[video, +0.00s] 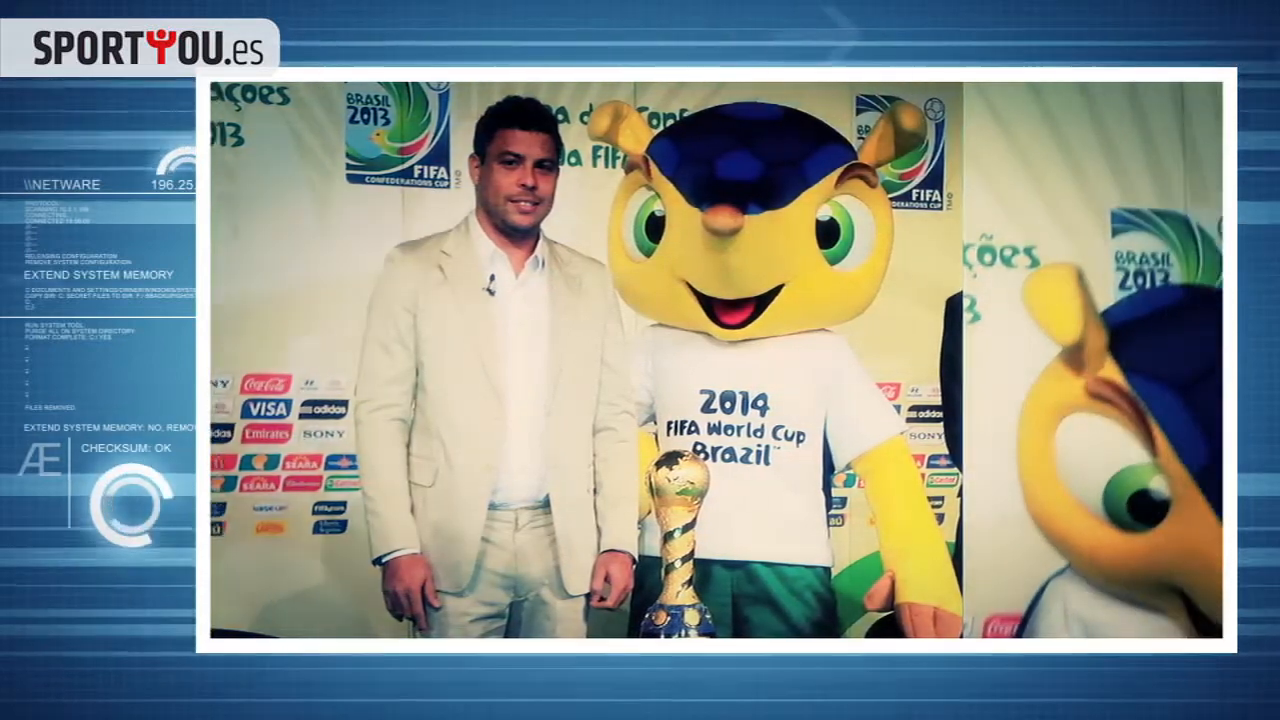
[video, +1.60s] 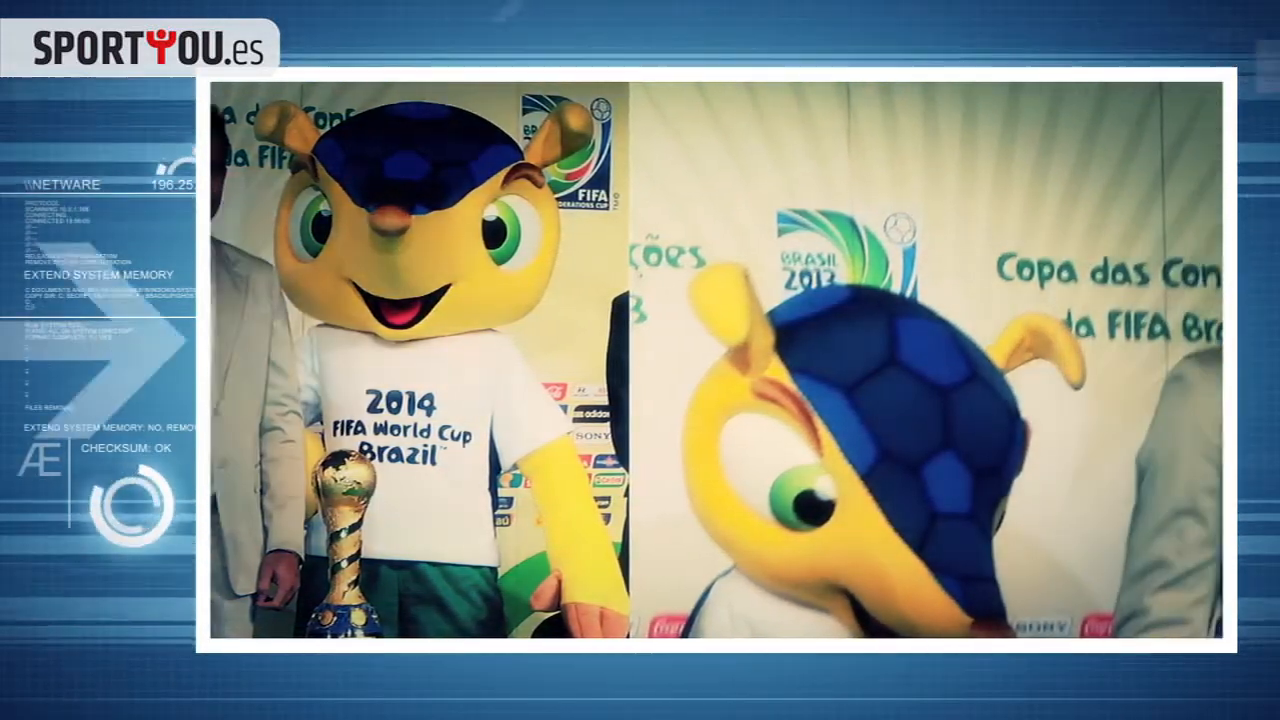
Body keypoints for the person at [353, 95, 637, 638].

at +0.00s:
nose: (529, 180)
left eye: (545, 166)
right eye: (511, 162)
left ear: (558, 178)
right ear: (476, 170)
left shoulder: (591, 282)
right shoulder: (413, 270)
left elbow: (615, 422)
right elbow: (380, 414)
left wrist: (617, 543)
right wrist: (397, 548)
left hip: (564, 542)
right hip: (457, 543)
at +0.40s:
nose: (446, 181)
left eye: (462, 166)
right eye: (428, 162)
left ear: (475, 178)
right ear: (393, 170)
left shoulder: (508, 282)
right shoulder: (329, 270)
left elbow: (531, 423)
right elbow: (297, 413)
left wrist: (534, 543)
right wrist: (314, 548)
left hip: (480, 543)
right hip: (374, 544)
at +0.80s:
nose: (362, 180)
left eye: (378, 166)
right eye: (345, 163)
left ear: (392, 178)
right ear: (310, 169)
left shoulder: (425, 283)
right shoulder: (243, 271)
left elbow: (448, 422)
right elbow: (218, 417)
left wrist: (452, 543)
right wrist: (232, 547)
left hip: (398, 542)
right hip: (291, 544)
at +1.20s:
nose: (279, 180)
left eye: (294, 166)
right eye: (262, 163)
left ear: (309, 178)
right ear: (227, 169)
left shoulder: (341, 282)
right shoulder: (182, 271)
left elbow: (365, 422)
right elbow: (147, 401)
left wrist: (369, 542)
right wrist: (159, 534)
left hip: (314, 538)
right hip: (212, 538)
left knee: (306, 711)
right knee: (204, 711)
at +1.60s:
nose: (200, 182)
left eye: (211, 166)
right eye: (188, 166)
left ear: (226, 175)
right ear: (162, 174)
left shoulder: (256, 283)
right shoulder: (111, 279)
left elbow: (281, 422)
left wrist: (285, 542)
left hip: (224, 548)